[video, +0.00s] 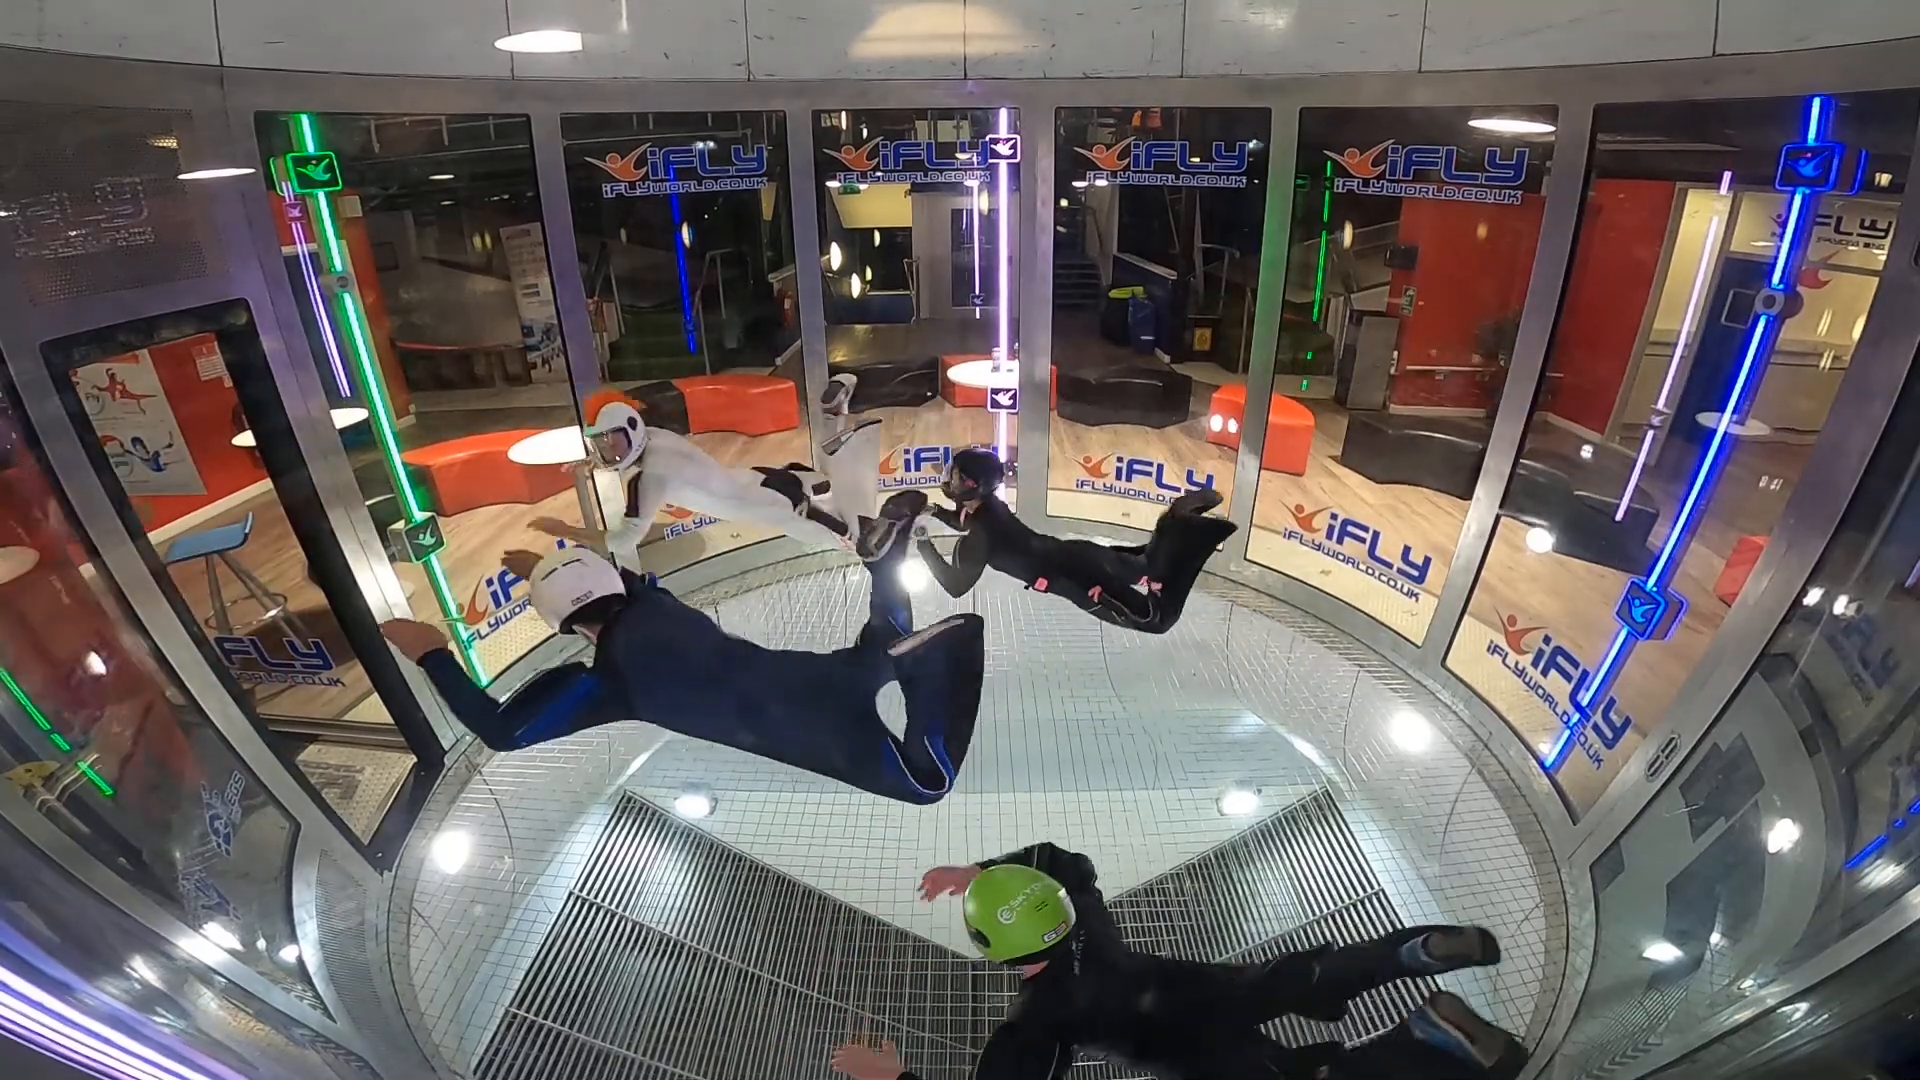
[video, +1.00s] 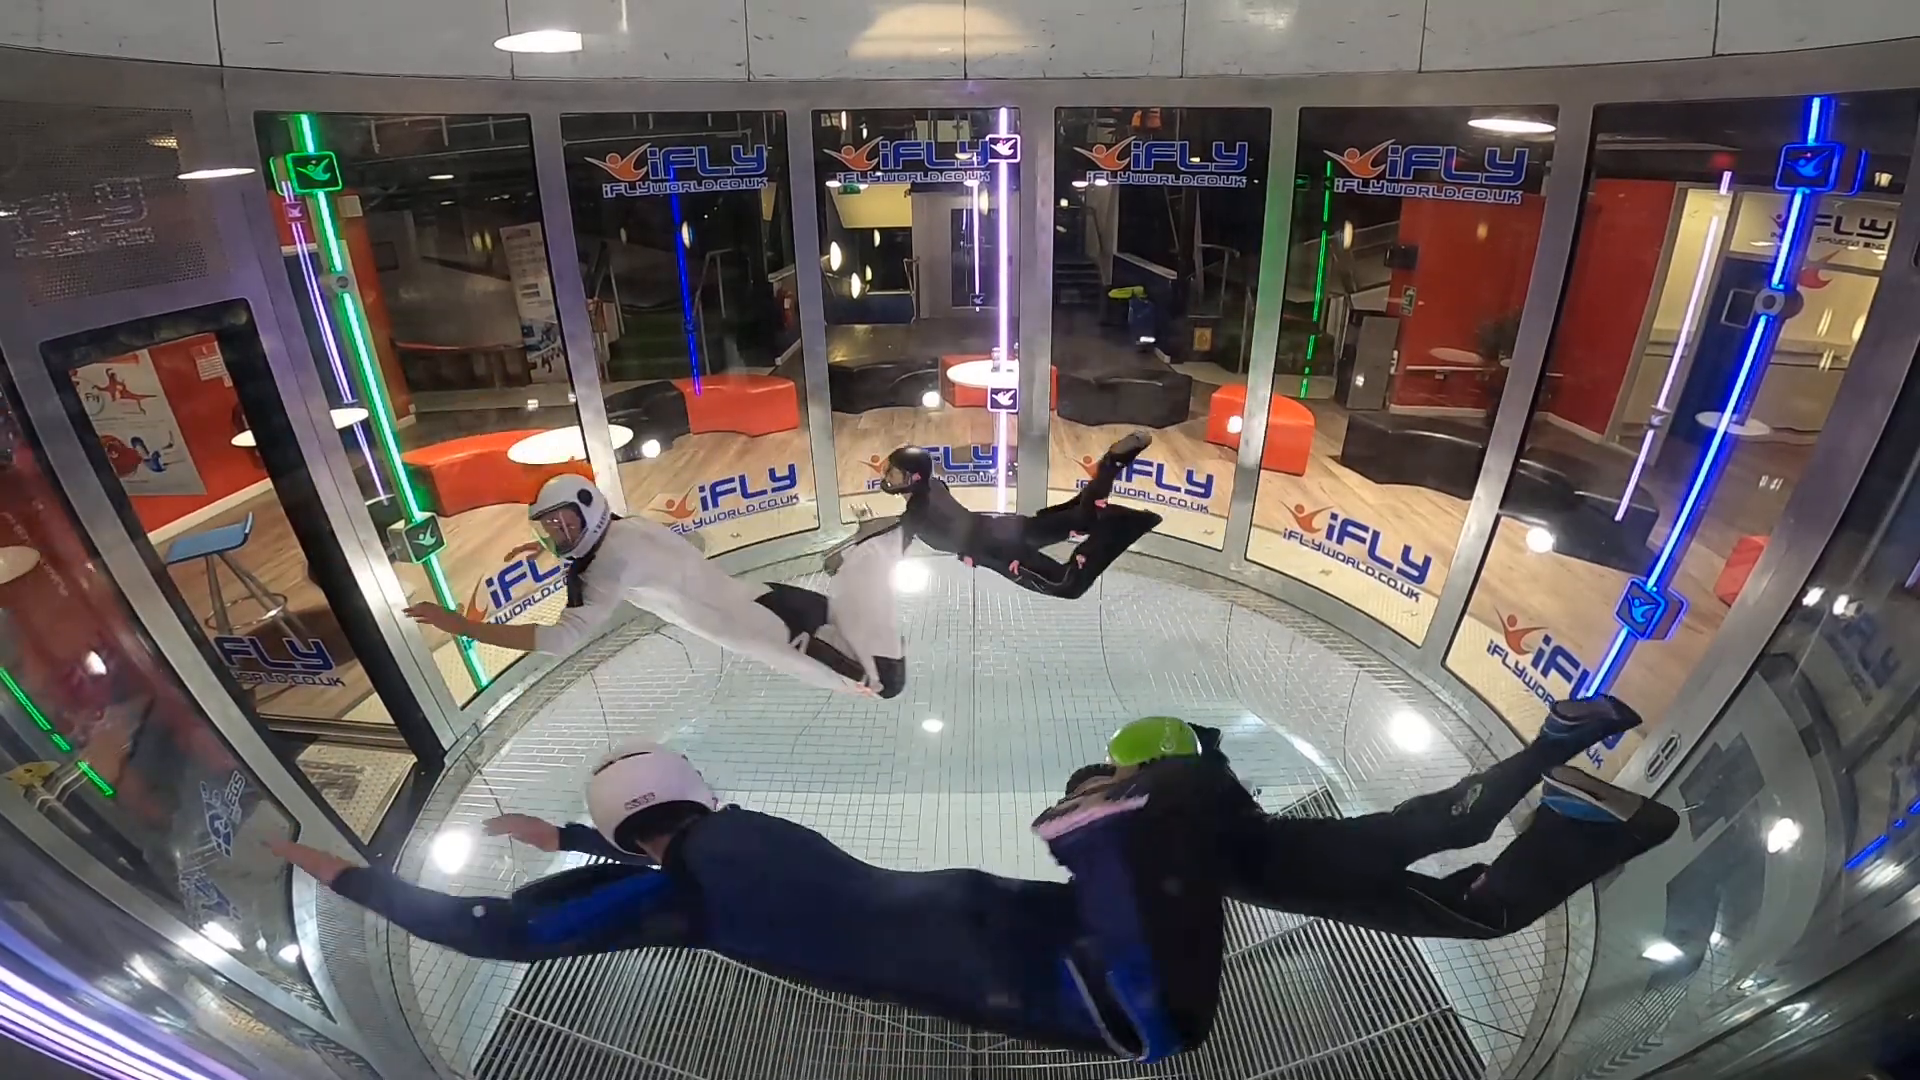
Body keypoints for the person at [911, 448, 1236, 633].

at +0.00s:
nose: (947, 481)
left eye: (954, 477)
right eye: (951, 474)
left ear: (971, 485)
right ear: (977, 483)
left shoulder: (979, 527)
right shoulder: (983, 505)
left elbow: (956, 585)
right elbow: (963, 520)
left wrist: (922, 542)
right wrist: (930, 511)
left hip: (1074, 575)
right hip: (1074, 553)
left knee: (1156, 619)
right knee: (1146, 563)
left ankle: (1189, 541)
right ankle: (1179, 515)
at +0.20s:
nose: (960, 492)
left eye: (967, 487)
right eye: (963, 485)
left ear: (985, 494)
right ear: (990, 493)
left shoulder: (997, 534)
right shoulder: (996, 522)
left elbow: (975, 585)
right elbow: (985, 565)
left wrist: (942, 564)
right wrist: (968, 545)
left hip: (1100, 579)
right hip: (1094, 561)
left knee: (1183, 596)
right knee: (1169, 557)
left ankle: (1245, 536)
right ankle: (1214, 493)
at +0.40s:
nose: (962, 493)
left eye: (969, 489)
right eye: (965, 486)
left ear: (989, 499)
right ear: (990, 498)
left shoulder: (998, 537)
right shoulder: (999, 521)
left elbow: (977, 588)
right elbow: (987, 574)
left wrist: (959, 559)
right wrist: (973, 554)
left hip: (1092, 573)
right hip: (1089, 554)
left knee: (1173, 578)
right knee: (1160, 540)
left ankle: (1241, 517)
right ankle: (1216, 481)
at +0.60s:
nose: (950, 496)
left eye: (956, 490)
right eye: (952, 489)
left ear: (974, 495)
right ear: (981, 492)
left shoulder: (985, 530)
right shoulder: (995, 513)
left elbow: (965, 584)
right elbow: (972, 574)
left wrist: (947, 558)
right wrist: (956, 555)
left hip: (1081, 562)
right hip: (1079, 544)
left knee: (1151, 567)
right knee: (1149, 521)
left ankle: (1213, 500)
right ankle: (1191, 459)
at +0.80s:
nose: (922, 491)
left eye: (928, 486)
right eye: (925, 485)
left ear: (947, 492)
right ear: (952, 488)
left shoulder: (956, 524)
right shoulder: (970, 504)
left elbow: (932, 575)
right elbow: (945, 549)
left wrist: (913, 559)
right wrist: (923, 550)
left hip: (1044, 556)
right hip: (1048, 532)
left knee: (1116, 580)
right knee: (1122, 511)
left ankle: (1169, 519)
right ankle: (1163, 441)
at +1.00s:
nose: (891, 481)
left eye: (897, 475)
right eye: (890, 475)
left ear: (912, 477)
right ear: (913, 475)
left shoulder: (917, 505)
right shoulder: (926, 490)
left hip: (998, 549)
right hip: (1003, 527)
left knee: (1069, 586)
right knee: (1077, 517)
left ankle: (1112, 527)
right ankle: (1115, 463)